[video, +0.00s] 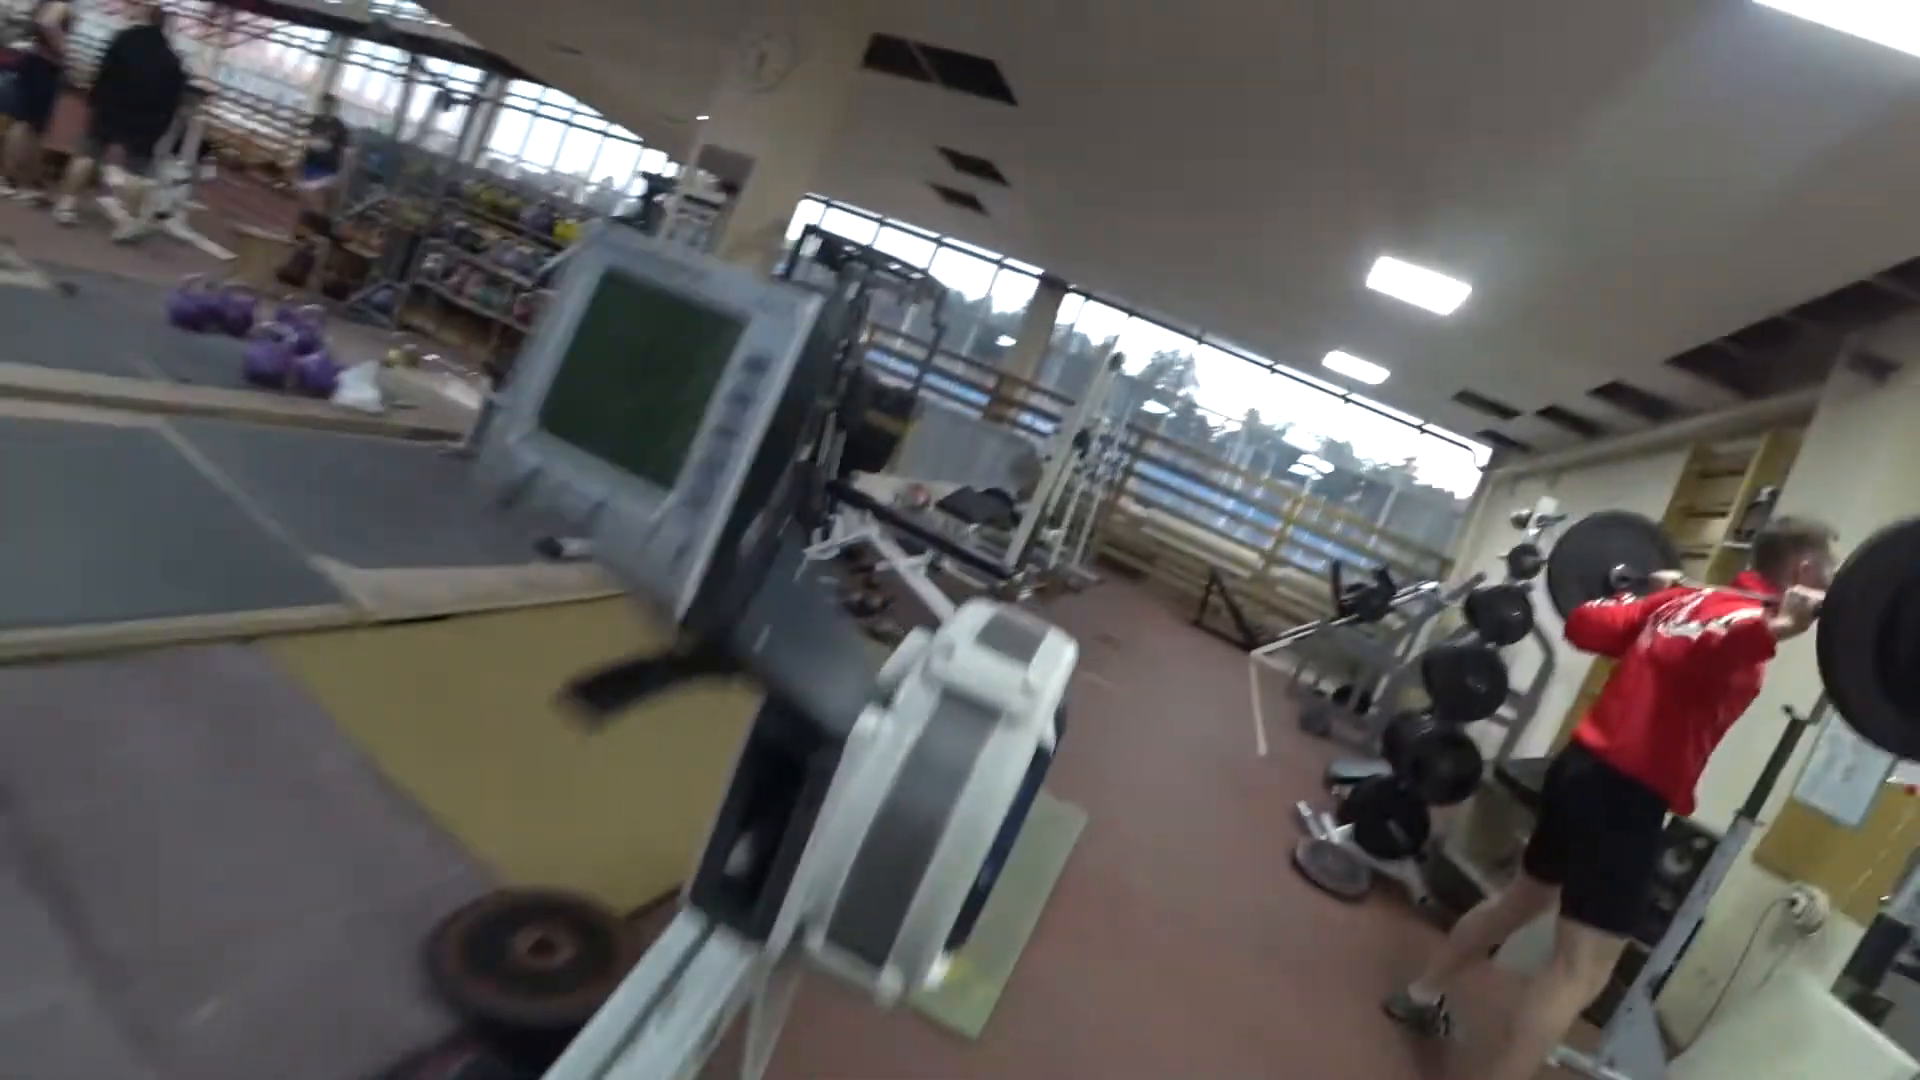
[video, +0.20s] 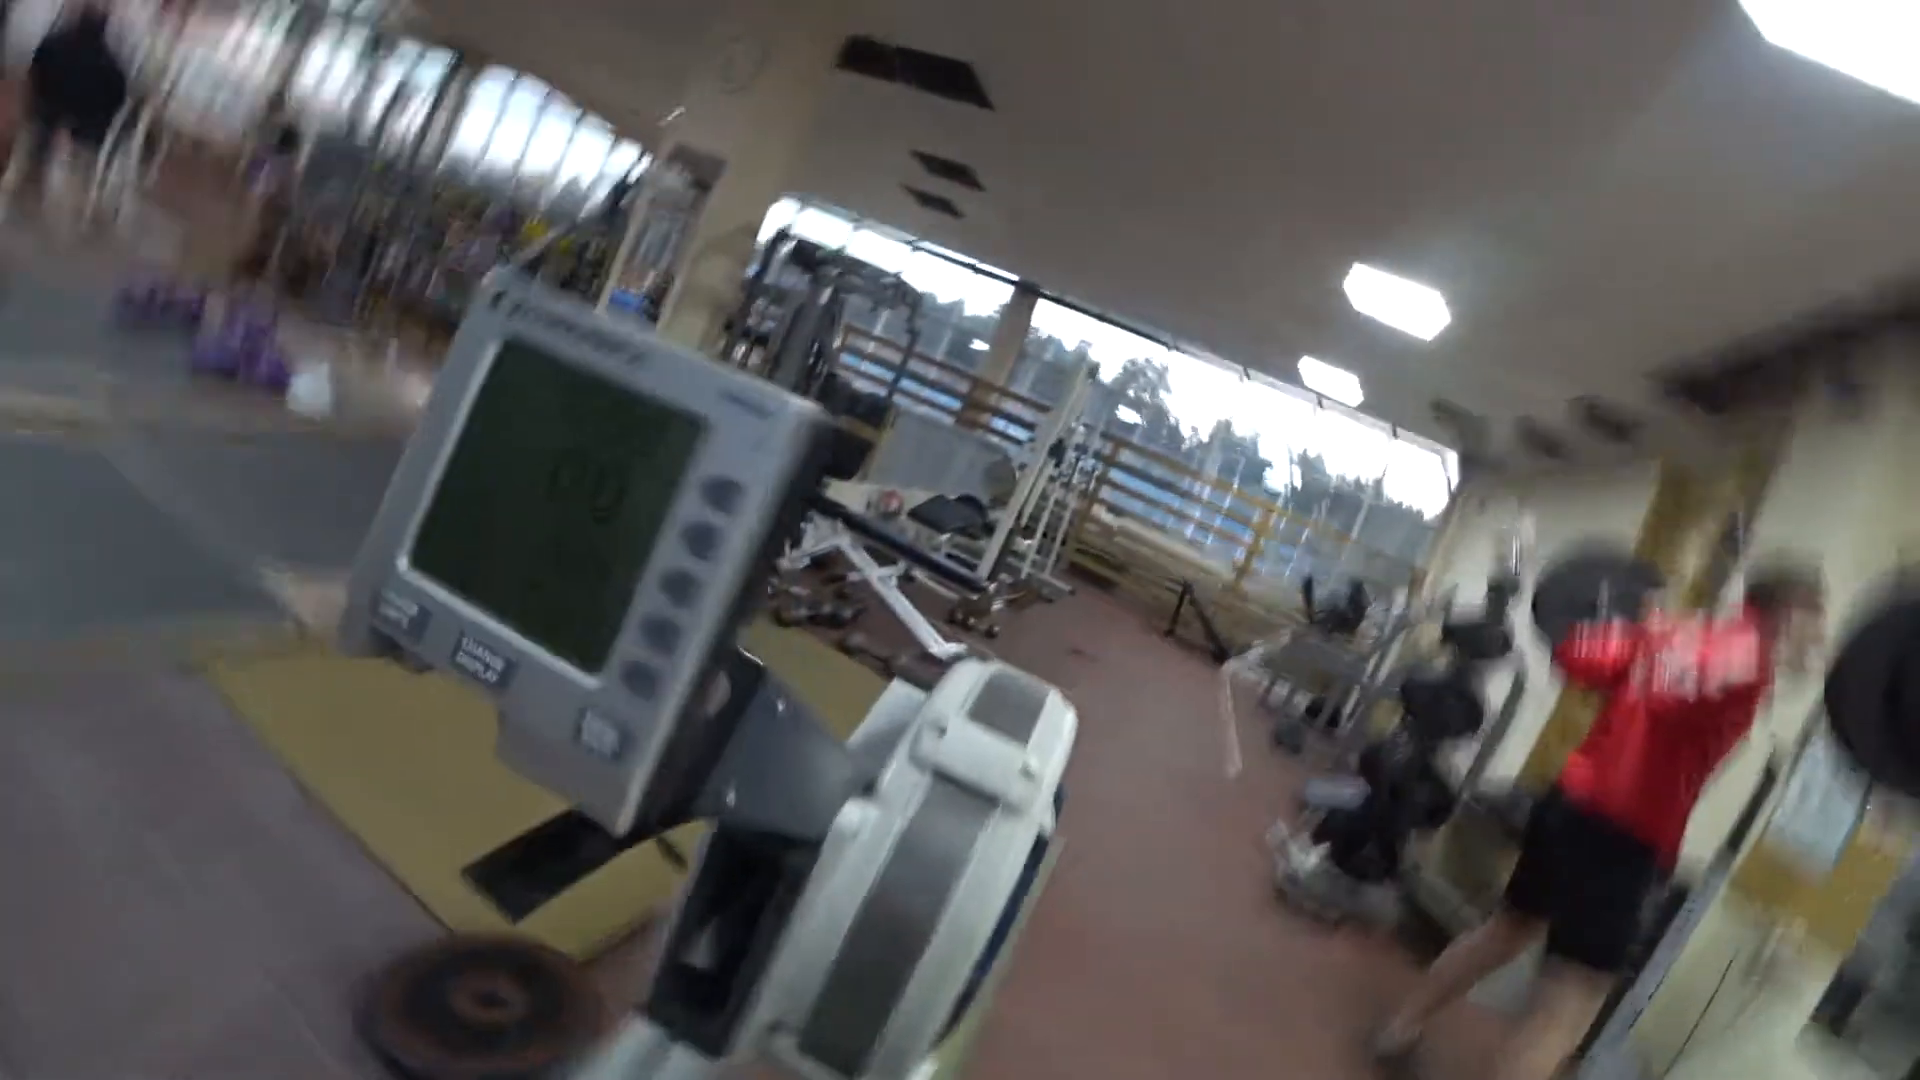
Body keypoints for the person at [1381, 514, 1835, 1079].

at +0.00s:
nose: (1827, 592)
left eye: (1828, 578)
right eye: (1825, 578)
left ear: (1757, 561)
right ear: (1800, 577)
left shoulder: (1679, 598)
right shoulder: (1753, 621)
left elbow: (1584, 625)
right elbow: (1709, 649)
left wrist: (1647, 595)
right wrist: (1776, 629)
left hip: (1578, 765)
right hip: (1631, 799)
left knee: (1522, 898)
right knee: (1577, 971)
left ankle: (1419, 994)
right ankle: (1509, 1069)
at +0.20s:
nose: (1814, 637)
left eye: (1816, 621)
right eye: (1808, 619)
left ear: (1750, 602)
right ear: (1780, 614)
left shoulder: (1674, 632)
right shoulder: (1747, 660)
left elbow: (1578, 652)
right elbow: (1670, 686)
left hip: (1569, 802)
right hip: (1631, 837)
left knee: (1507, 928)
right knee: (1568, 1003)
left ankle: (1398, 1029)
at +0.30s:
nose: (1816, 720)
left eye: (1819, 706)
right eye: (1813, 705)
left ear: (1752, 683)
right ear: (1784, 698)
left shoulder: (1665, 710)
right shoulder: (1742, 746)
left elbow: (1568, 720)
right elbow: (1668, 769)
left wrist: (1636, 701)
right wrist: (1767, 758)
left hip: (1548, 868)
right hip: (1603, 907)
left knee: (1475, 987)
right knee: (1537, 1058)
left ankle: (1361, 1067)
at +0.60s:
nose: (1900, 778)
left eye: (1904, 768)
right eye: (1901, 765)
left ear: (1832, 738)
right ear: (1876, 756)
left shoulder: (1740, 759)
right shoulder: (1824, 801)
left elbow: (1627, 762)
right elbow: (1770, 827)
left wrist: (1698, 749)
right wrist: (1860, 814)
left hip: (1602, 915)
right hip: (1658, 964)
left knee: (1515, 1040)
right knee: (1595, 1075)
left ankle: (1418, 1077)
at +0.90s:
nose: (1914, 711)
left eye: (1915, 698)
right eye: (1916, 699)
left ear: (1859, 675)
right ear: (1903, 695)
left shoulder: (1768, 699)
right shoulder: (1869, 745)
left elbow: (1661, 714)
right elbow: (1830, 761)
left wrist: (1707, 681)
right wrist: (1890, 756)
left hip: (1643, 864)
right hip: (1704, 910)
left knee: (1558, 985)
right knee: (1631, 1058)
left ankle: (1440, 1065)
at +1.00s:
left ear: (1883, 582)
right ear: (1919, 603)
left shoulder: (1794, 624)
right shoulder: (1898, 659)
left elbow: (1683, 643)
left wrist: (1733, 614)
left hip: (1678, 797)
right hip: (1745, 841)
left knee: (1604, 925)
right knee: (1675, 1016)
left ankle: (1492, 1023)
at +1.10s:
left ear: (1900, 503)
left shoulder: (1813, 555)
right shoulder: (1911, 583)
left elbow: (1702, 583)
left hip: (1711, 735)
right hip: (1783, 772)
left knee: (1647, 863)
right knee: (1724, 947)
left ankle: (1536, 974)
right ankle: (1643, 1067)